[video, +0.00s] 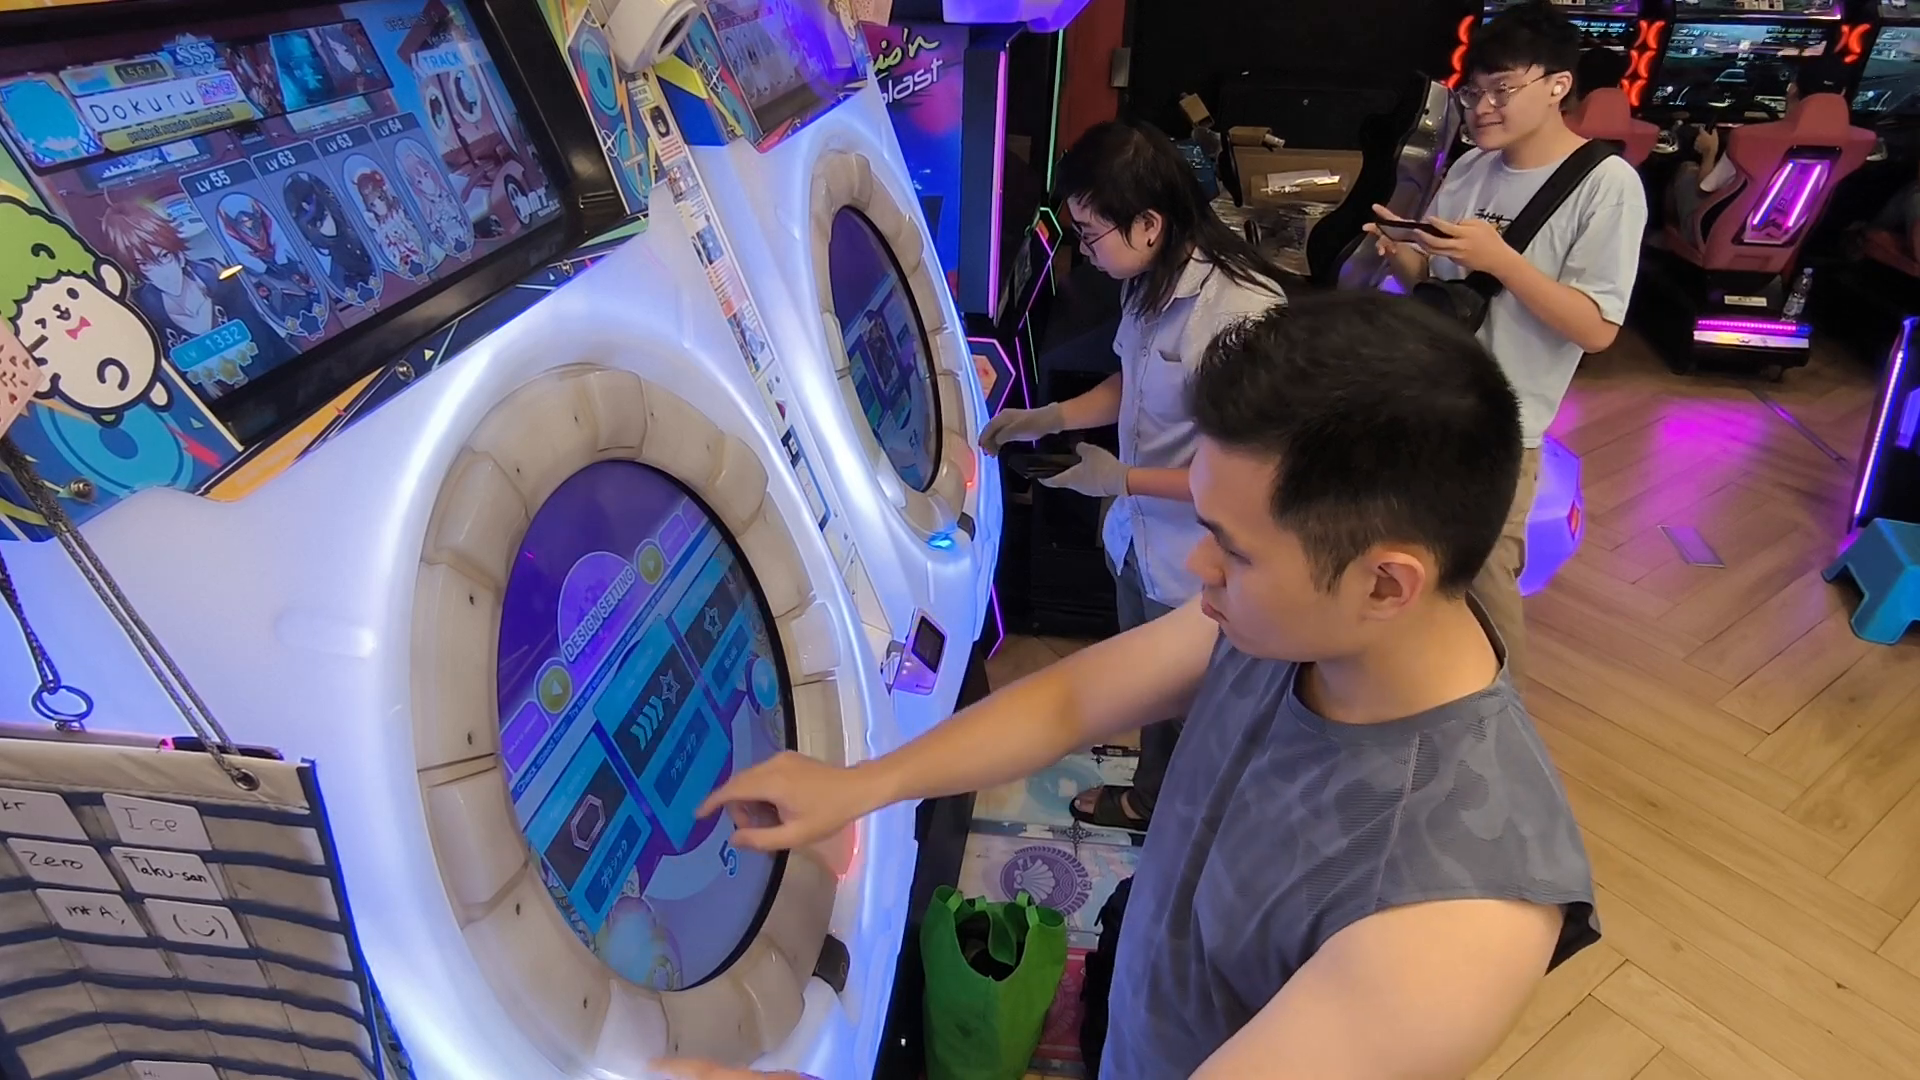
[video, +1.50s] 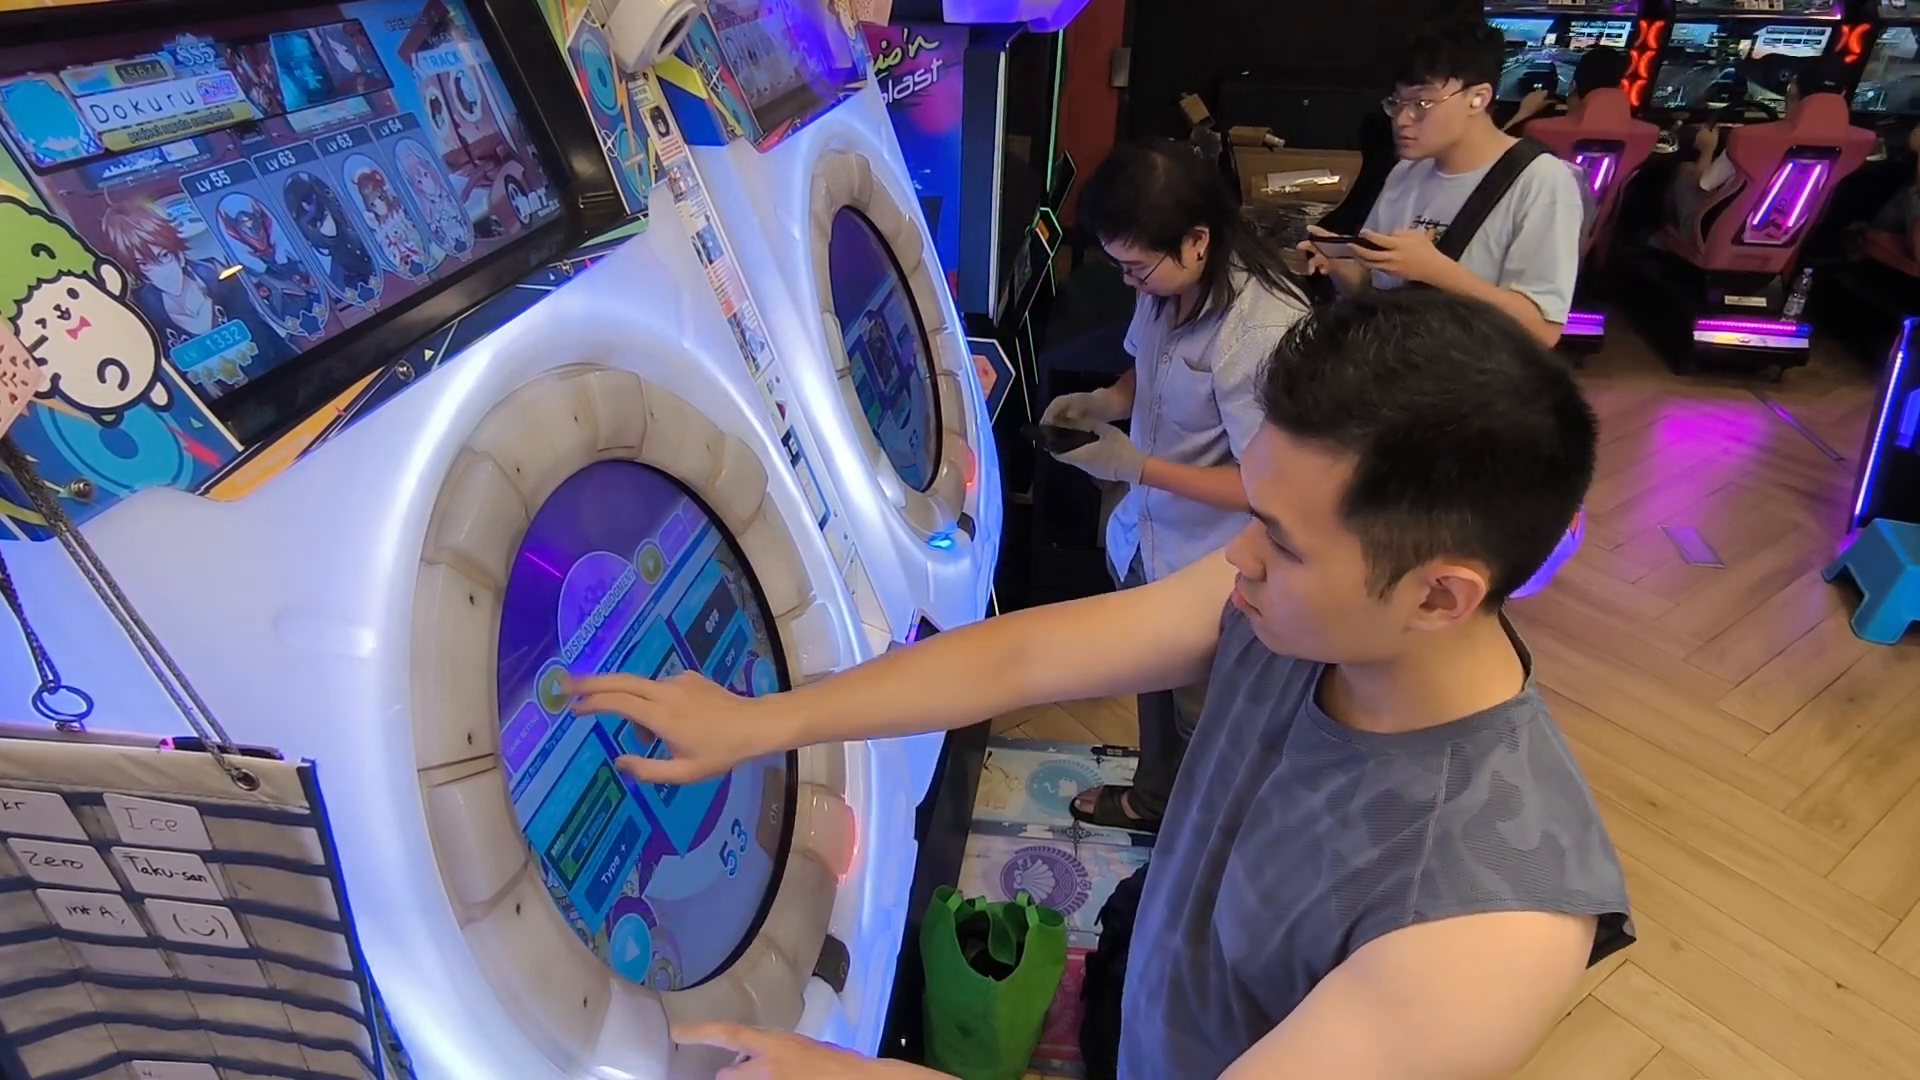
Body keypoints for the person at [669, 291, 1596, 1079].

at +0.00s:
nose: (1189, 563)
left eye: (1229, 551)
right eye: (1203, 522)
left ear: (1389, 585)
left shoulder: (1457, 905)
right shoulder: (1292, 607)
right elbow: (1070, 702)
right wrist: (861, 784)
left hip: (1179, 1071)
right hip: (1129, 987)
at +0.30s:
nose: (1214, 556)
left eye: (1262, 544)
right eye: (1230, 514)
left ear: (1420, 585)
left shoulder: (1470, 910)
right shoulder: (1280, 592)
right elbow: (1027, 660)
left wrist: (859, 1078)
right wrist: (772, 712)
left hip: (1201, 1079)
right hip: (1131, 1008)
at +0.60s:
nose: (1223, 561)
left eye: (1276, 551)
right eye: (1241, 517)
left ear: (1435, 596)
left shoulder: (1474, 909)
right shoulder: (1287, 596)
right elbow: (1050, 693)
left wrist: (831, 1072)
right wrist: (844, 801)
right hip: (1132, 1017)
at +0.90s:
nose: (1215, 554)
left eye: (1263, 541)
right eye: (1232, 511)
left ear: (1423, 590)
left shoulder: (1472, 903)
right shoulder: (1290, 610)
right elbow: (1065, 699)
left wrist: (862, 1075)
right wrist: (855, 796)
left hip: (1204, 1075)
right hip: (1133, 1018)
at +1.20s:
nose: (1225, 554)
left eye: (1276, 544)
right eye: (1244, 512)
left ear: (1435, 595)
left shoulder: (1479, 915)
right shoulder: (1298, 594)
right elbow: (1049, 662)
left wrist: (878, 1076)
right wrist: (809, 736)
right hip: (1138, 988)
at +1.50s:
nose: (1233, 553)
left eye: (1283, 543)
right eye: (1248, 509)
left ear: (1443, 594)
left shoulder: (1492, 915)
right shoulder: (1284, 587)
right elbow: (1018, 656)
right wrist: (760, 719)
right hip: (1138, 1016)